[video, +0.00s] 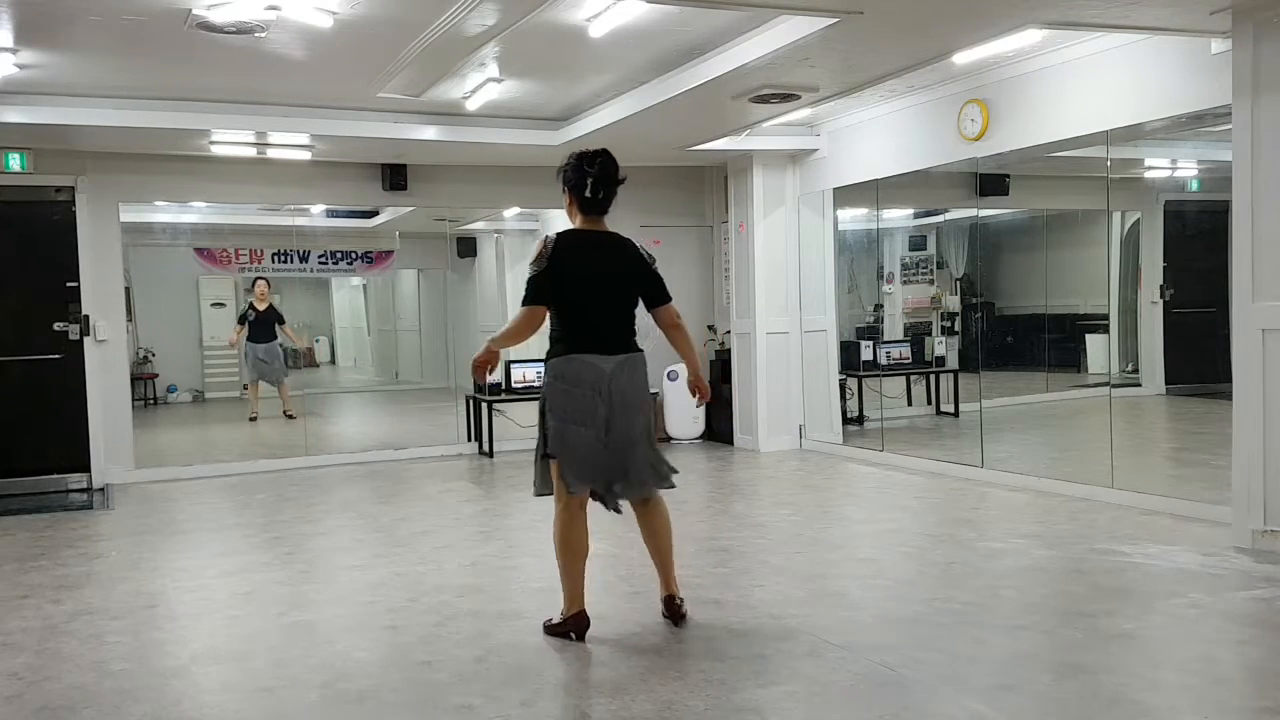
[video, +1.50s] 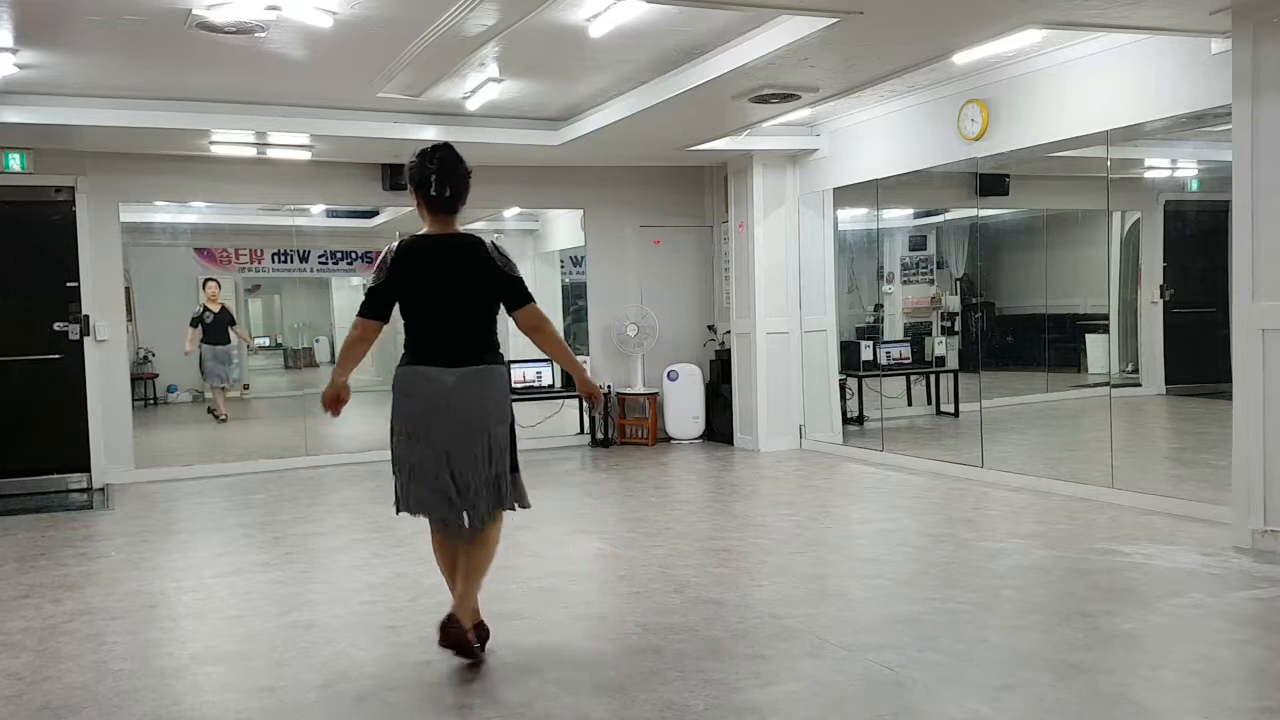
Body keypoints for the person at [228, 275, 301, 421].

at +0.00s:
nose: (262, 290)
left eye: (264, 287)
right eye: (258, 287)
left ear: (269, 290)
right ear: (253, 290)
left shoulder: (273, 308)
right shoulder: (248, 308)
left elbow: (284, 327)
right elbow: (240, 325)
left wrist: (296, 342)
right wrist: (235, 335)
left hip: (272, 347)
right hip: (253, 347)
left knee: (280, 378)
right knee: (253, 380)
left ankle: (287, 408)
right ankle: (254, 410)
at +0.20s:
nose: (256, 290)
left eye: (258, 287)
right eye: (252, 287)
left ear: (262, 290)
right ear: (247, 290)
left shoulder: (267, 309)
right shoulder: (241, 308)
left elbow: (277, 328)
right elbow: (234, 327)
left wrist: (289, 343)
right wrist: (232, 336)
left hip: (265, 347)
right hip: (247, 347)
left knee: (267, 379)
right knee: (250, 381)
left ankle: (267, 409)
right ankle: (253, 410)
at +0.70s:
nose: (245, 289)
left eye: (248, 286)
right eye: (242, 287)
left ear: (252, 289)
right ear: (236, 290)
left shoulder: (257, 308)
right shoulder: (232, 308)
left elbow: (268, 327)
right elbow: (225, 327)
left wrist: (282, 339)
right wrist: (221, 336)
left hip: (256, 347)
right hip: (238, 347)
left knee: (261, 380)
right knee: (238, 379)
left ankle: (261, 411)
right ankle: (235, 410)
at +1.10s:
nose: (226, 290)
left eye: (229, 287)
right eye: (223, 287)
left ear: (233, 289)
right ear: (218, 290)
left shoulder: (237, 308)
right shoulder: (212, 308)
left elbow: (248, 327)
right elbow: (205, 325)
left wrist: (261, 338)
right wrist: (204, 330)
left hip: (237, 347)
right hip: (219, 348)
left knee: (248, 378)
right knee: (221, 382)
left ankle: (260, 409)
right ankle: (223, 413)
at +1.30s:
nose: (219, 290)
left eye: (222, 287)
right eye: (215, 287)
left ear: (226, 290)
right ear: (210, 290)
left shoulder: (230, 308)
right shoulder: (207, 308)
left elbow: (240, 328)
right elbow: (198, 325)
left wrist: (253, 342)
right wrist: (200, 333)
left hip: (232, 346)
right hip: (214, 348)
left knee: (240, 378)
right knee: (218, 383)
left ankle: (245, 409)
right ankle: (223, 412)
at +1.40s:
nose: (216, 290)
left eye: (218, 287)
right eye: (212, 288)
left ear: (222, 290)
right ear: (207, 291)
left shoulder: (227, 308)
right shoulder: (203, 308)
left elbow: (238, 328)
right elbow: (196, 326)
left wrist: (250, 341)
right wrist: (195, 339)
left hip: (229, 347)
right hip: (211, 348)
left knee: (236, 378)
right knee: (216, 382)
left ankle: (230, 408)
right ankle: (222, 412)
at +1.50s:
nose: (213, 291)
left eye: (216, 288)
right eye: (210, 288)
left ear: (220, 290)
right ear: (204, 291)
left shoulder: (225, 309)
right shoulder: (201, 310)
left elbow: (236, 328)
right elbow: (192, 329)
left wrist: (248, 341)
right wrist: (188, 345)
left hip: (225, 348)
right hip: (209, 348)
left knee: (224, 380)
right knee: (215, 381)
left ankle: (214, 407)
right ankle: (222, 411)